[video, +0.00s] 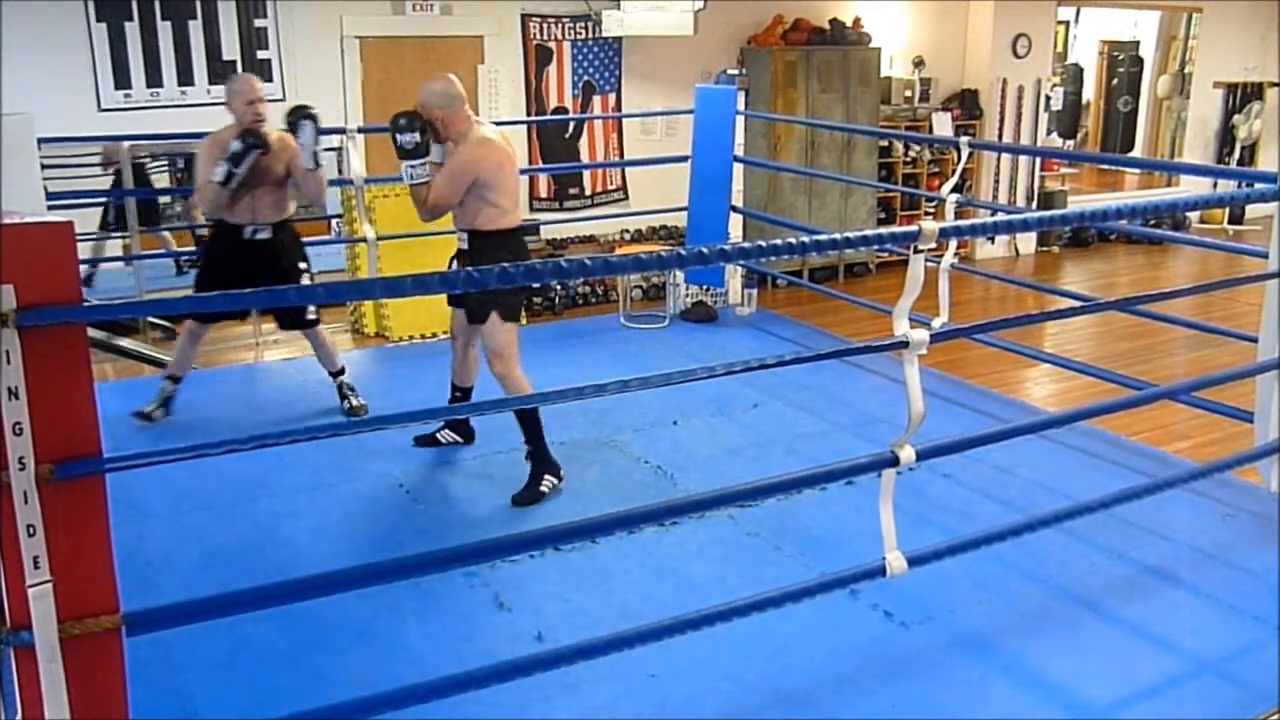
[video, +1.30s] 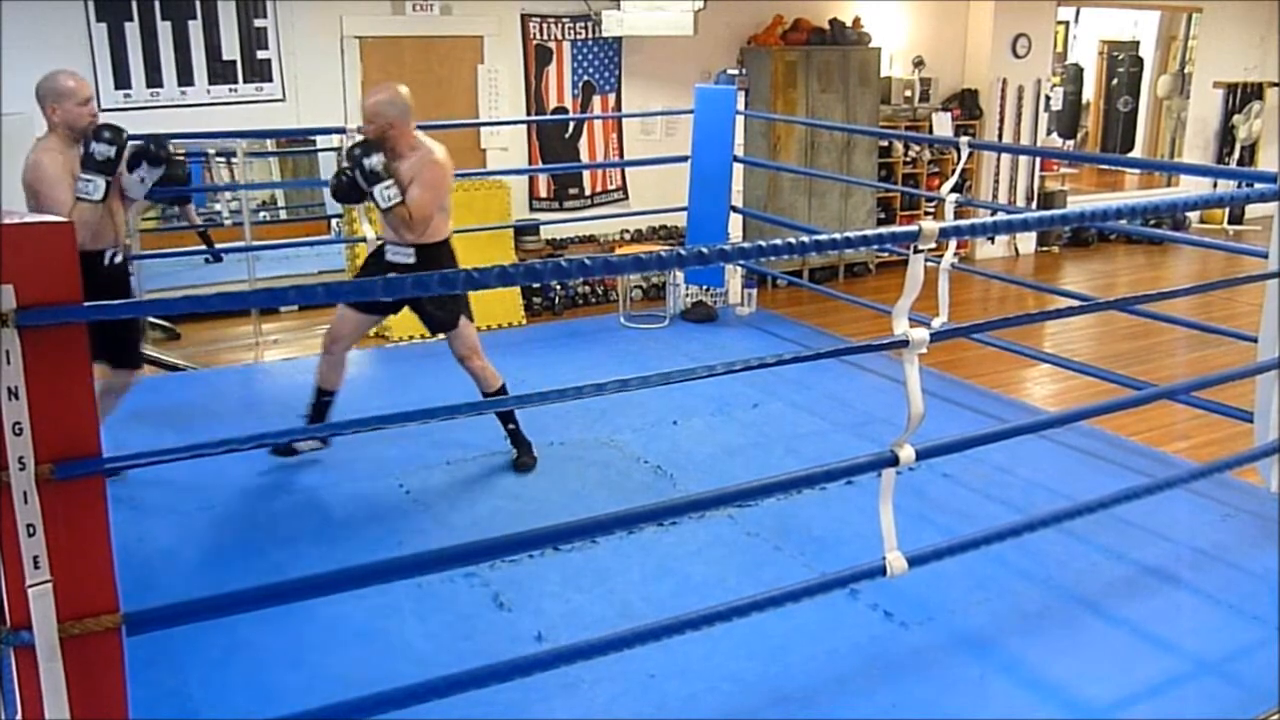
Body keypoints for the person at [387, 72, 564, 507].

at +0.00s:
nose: (429, 127)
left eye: (430, 119)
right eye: (427, 120)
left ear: (447, 116)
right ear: (460, 109)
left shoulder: (473, 150)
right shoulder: (480, 137)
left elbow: (428, 209)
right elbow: (434, 200)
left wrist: (418, 166)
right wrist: (428, 162)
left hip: (496, 252)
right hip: (479, 249)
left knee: (502, 363)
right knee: (462, 339)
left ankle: (544, 463)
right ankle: (458, 421)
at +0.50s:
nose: (426, 121)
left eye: (431, 113)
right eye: (425, 113)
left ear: (454, 113)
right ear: (458, 113)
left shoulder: (480, 154)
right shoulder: (464, 147)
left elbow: (428, 209)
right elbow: (432, 200)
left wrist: (418, 159)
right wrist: (422, 157)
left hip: (496, 262)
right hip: (465, 258)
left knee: (513, 363)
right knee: (421, 332)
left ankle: (554, 454)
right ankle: (443, 414)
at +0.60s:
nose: (410, 128)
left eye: (415, 120)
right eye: (409, 121)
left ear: (440, 118)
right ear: (443, 118)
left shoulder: (464, 157)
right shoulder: (447, 150)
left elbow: (417, 218)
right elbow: (423, 212)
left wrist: (401, 168)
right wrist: (412, 165)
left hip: (485, 265)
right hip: (449, 261)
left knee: (505, 362)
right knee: (402, 331)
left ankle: (552, 454)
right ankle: (393, 419)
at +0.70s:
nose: (388, 137)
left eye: (393, 129)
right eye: (387, 129)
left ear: (418, 127)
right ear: (413, 128)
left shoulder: (441, 162)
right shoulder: (419, 152)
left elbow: (407, 231)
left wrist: (383, 185)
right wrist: (381, 167)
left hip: (466, 265)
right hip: (428, 262)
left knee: (498, 366)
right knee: (387, 347)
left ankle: (552, 456)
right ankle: (364, 431)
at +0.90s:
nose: (358, 143)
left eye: (362, 137)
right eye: (357, 137)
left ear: (387, 139)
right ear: (391, 137)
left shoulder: (437, 168)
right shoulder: (383, 157)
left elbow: (433, 241)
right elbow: (328, 162)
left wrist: (392, 204)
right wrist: (276, 160)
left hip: (457, 257)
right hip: (415, 259)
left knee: (485, 356)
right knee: (380, 349)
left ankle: (527, 443)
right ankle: (367, 435)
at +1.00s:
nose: (369, 138)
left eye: (374, 131)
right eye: (368, 131)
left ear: (400, 131)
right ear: (398, 131)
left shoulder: (444, 163)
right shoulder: (387, 157)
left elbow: (434, 234)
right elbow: (370, 185)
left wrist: (394, 199)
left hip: (457, 258)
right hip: (411, 257)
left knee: (482, 359)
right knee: (381, 350)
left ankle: (517, 437)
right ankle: (367, 433)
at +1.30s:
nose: (365, 131)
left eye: (371, 124)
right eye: (365, 123)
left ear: (395, 125)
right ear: (386, 123)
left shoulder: (434, 162)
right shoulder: (380, 154)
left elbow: (413, 228)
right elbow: (348, 193)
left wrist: (379, 181)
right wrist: (348, 185)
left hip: (432, 264)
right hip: (386, 259)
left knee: (471, 359)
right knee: (334, 342)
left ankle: (519, 440)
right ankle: (315, 429)